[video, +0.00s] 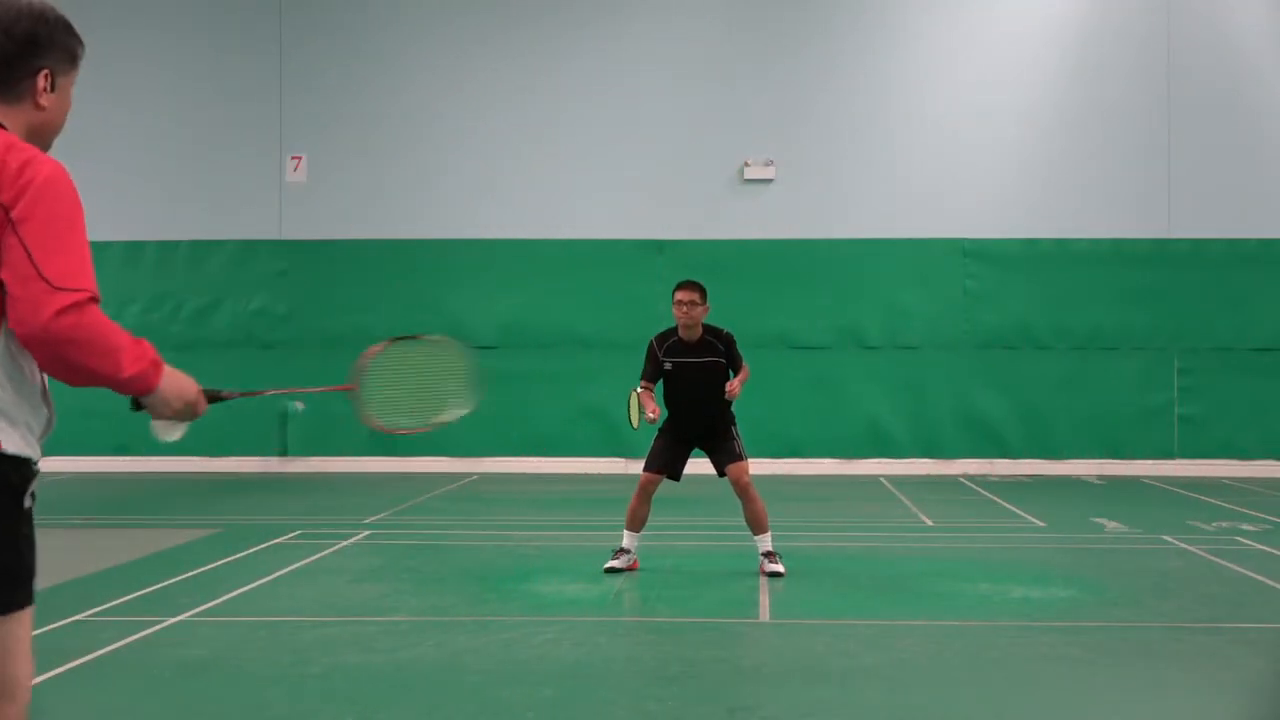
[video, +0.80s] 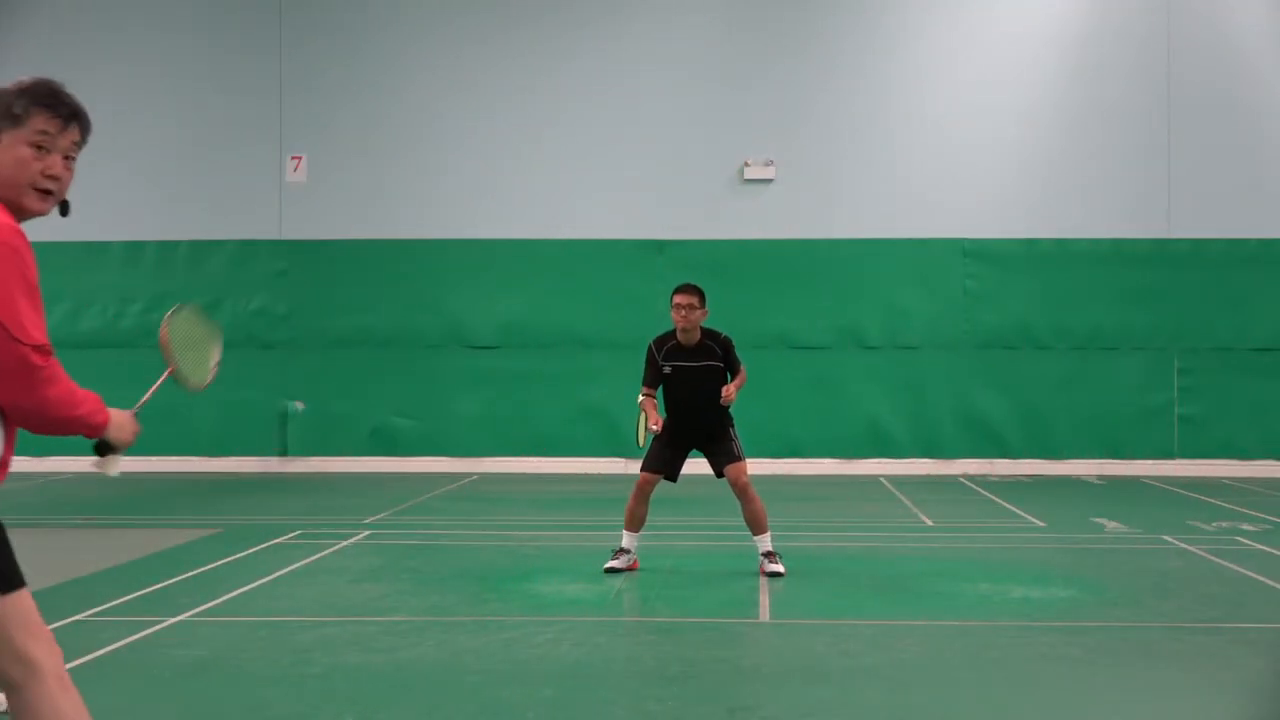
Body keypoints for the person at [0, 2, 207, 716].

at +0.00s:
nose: (69, 108)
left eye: (69, 89)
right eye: (70, 88)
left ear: (19, 86)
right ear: (44, 86)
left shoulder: (22, 175)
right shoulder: (27, 173)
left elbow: (39, 313)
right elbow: (49, 316)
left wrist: (142, 375)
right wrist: (152, 378)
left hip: (8, 457)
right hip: (1, 456)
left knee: (13, 684)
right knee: (8, 689)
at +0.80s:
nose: (57, 169)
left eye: (69, 158)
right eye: (40, 146)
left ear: (73, 170)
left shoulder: (11, 234)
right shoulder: (5, 235)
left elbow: (21, 370)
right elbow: (22, 375)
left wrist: (91, 419)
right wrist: (100, 420)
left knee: (32, 667)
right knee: (36, 668)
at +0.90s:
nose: (98, 181)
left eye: (107, 168)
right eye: (83, 159)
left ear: (111, 176)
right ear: (28, 155)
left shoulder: (19, 229)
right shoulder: (26, 239)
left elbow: (66, 381)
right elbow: (73, 390)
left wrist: (135, 425)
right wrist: (146, 427)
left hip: (9, 496)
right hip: (4, 498)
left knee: (70, 659)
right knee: (73, 663)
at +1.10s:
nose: (172, 185)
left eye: (174, 168)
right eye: (170, 166)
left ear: (89, 154)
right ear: (132, 161)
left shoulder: (10, 204)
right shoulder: (121, 247)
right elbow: (175, 392)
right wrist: (211, 429)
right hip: (32, 474)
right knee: (115, 652)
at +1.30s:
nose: (159, 171)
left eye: (161, 156)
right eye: (160, 155)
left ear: (76, 144)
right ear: (143, 154)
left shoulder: (7, 195)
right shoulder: (145, 241)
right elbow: (197, 376)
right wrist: (223, 413)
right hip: (54, 461)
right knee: (138, 642)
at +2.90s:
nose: (200, 223)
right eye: (199, 212)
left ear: (122, 203)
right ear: (190, 214)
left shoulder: (51, 240)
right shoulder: (209, 282)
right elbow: (217, 379)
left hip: (30, 456)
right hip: (145, 468)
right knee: (166, 639)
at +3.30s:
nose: (184, 194)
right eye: (183, 185)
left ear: (100, 184)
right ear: (174, 189)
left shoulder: (45, 224)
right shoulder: (205, 265)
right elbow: (221, 389)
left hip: (34, 446)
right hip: (148, 458)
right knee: (168, 643)